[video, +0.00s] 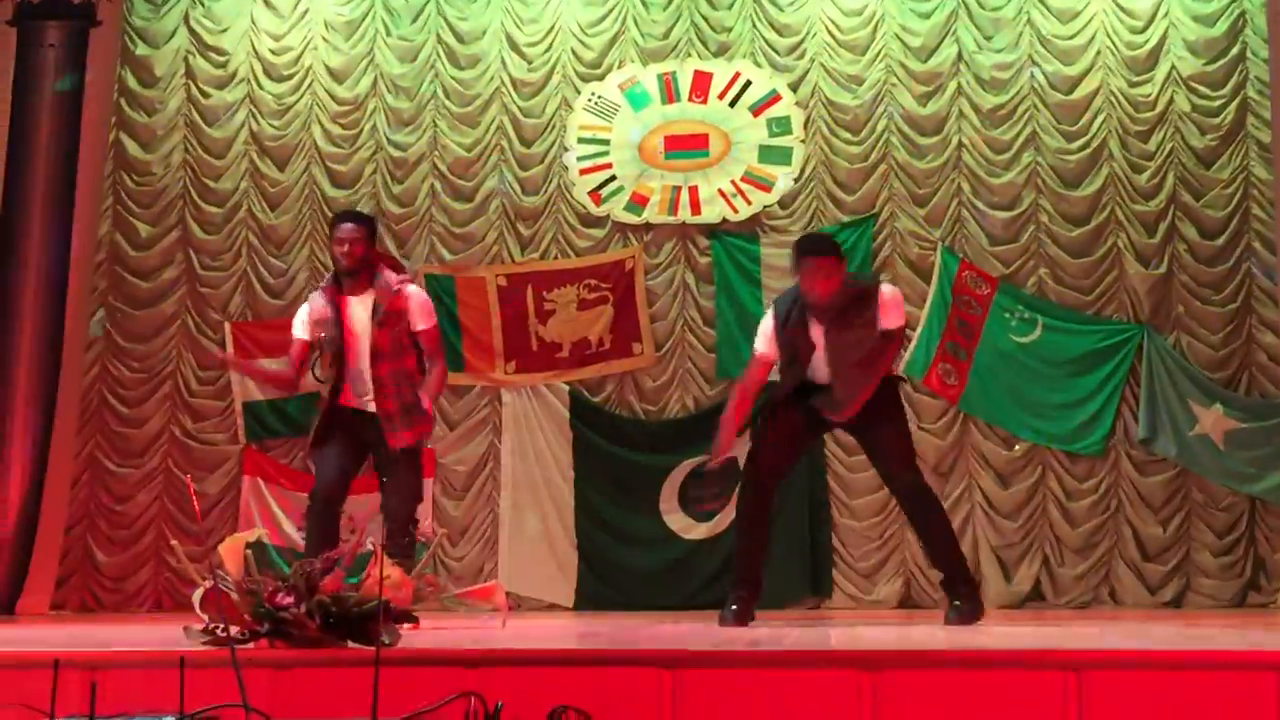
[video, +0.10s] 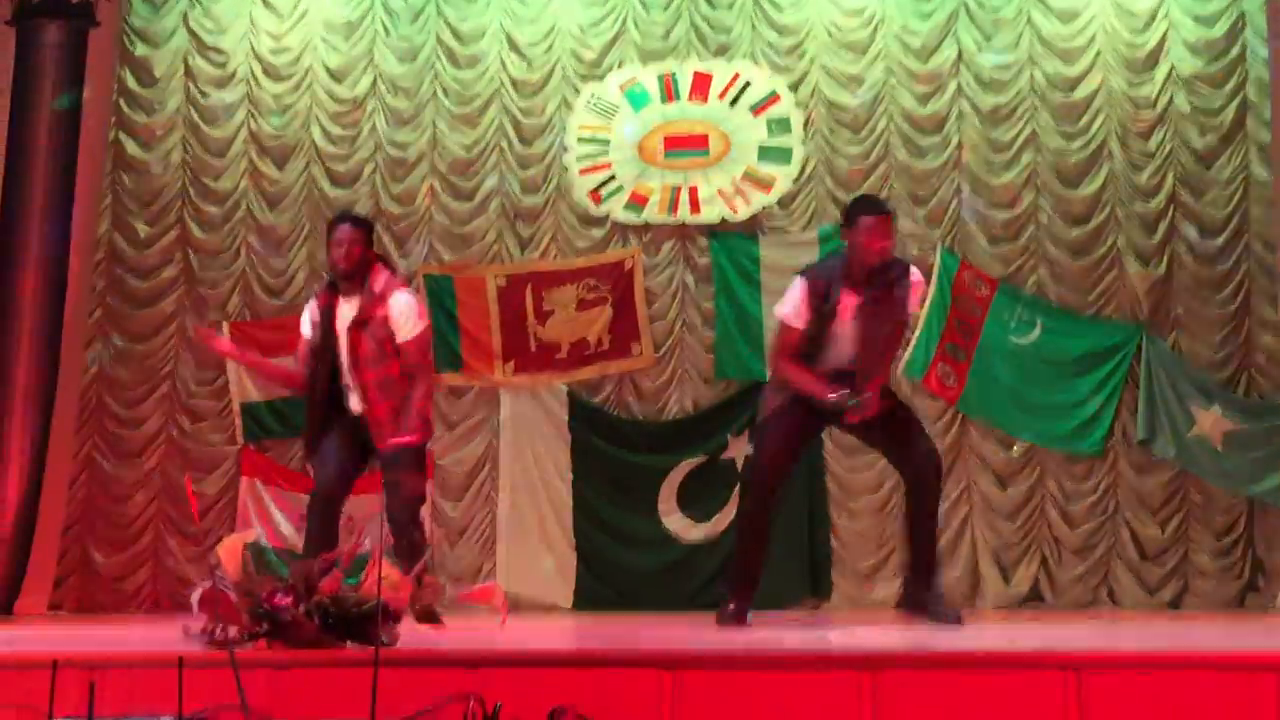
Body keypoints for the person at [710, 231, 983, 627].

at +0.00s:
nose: (820, 285)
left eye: (828, 274)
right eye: (811, 275)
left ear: (844, 272)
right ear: (798, 277)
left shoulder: (881, 301)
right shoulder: (781, 317)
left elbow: (884, 361)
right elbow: (748, 386)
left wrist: (851, 401)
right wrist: (722, 449)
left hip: (870, 395)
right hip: (804, 399)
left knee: (905, 482)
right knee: (758, 477)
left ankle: (962, 592)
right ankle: (742, 597)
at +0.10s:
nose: (882, 246)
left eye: (887, 236)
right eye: (872, 237)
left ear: (894, 238)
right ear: (847, 237)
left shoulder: (908, 282)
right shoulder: (813, 285)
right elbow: (782, 362)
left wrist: (876, 387)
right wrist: (828, 393)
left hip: (870, 394)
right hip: (808, 395)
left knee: (925, 465)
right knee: (761, 472)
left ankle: (919, 593)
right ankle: (738, 599)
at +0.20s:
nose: (942, 214)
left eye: (939, 205)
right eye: (933, 206)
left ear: (912, 214)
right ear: (905, 214)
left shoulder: (917, 270)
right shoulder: (869, 269)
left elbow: (892, 341)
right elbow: (853, 349)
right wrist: (918, 365)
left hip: (867, 399)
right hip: (829, 397)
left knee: (921, 483)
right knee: (823, 490)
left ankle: (902, 603)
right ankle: (730, 560)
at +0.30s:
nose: (940, 216)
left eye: (937, 208)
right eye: (937, 209)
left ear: (893, 215)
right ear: (927, 213)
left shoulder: (870, 258)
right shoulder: (924, 259)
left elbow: (832, 333)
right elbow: (918, 335)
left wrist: (886, 352)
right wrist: (934, 364)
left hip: (848, 390)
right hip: (888, 386)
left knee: (903, 502)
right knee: (938, 486)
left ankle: (931, 606)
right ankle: (833, 467)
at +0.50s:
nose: (806, 224)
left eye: (811, 215)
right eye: (807, 215)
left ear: (829, 218)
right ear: (850, 219)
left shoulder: (829, 258)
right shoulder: (885, 252)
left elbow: (870, 315)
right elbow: (937, 307)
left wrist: (870, 388)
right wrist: (968, 369)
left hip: (916, 376)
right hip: (950, 367)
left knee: (933, 493)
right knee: (940, 488)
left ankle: (1012, 604)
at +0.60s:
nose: (788, 235)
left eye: (796, 225)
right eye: (784, 227)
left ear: (826, 226)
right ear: (786, 233)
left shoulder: (852, 262)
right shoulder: (817, 282)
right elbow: (874, 336)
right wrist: (877, 399)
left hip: (938, 379)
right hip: (895, 387)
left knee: (966, 496)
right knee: (896, 502)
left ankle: (1014, 616)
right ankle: (914, 611)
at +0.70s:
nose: (795, 238)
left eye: (802, 227)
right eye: (786, 232)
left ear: (824, 225)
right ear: (781, 240)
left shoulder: (867, 259)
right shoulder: (801, 294)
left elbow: (925, 315)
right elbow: (848, 356)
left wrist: (921, 386)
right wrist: (838, 412)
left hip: (915, 392)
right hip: (862, 403)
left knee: (946, 497)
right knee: (841, 511)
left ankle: (993, 618)